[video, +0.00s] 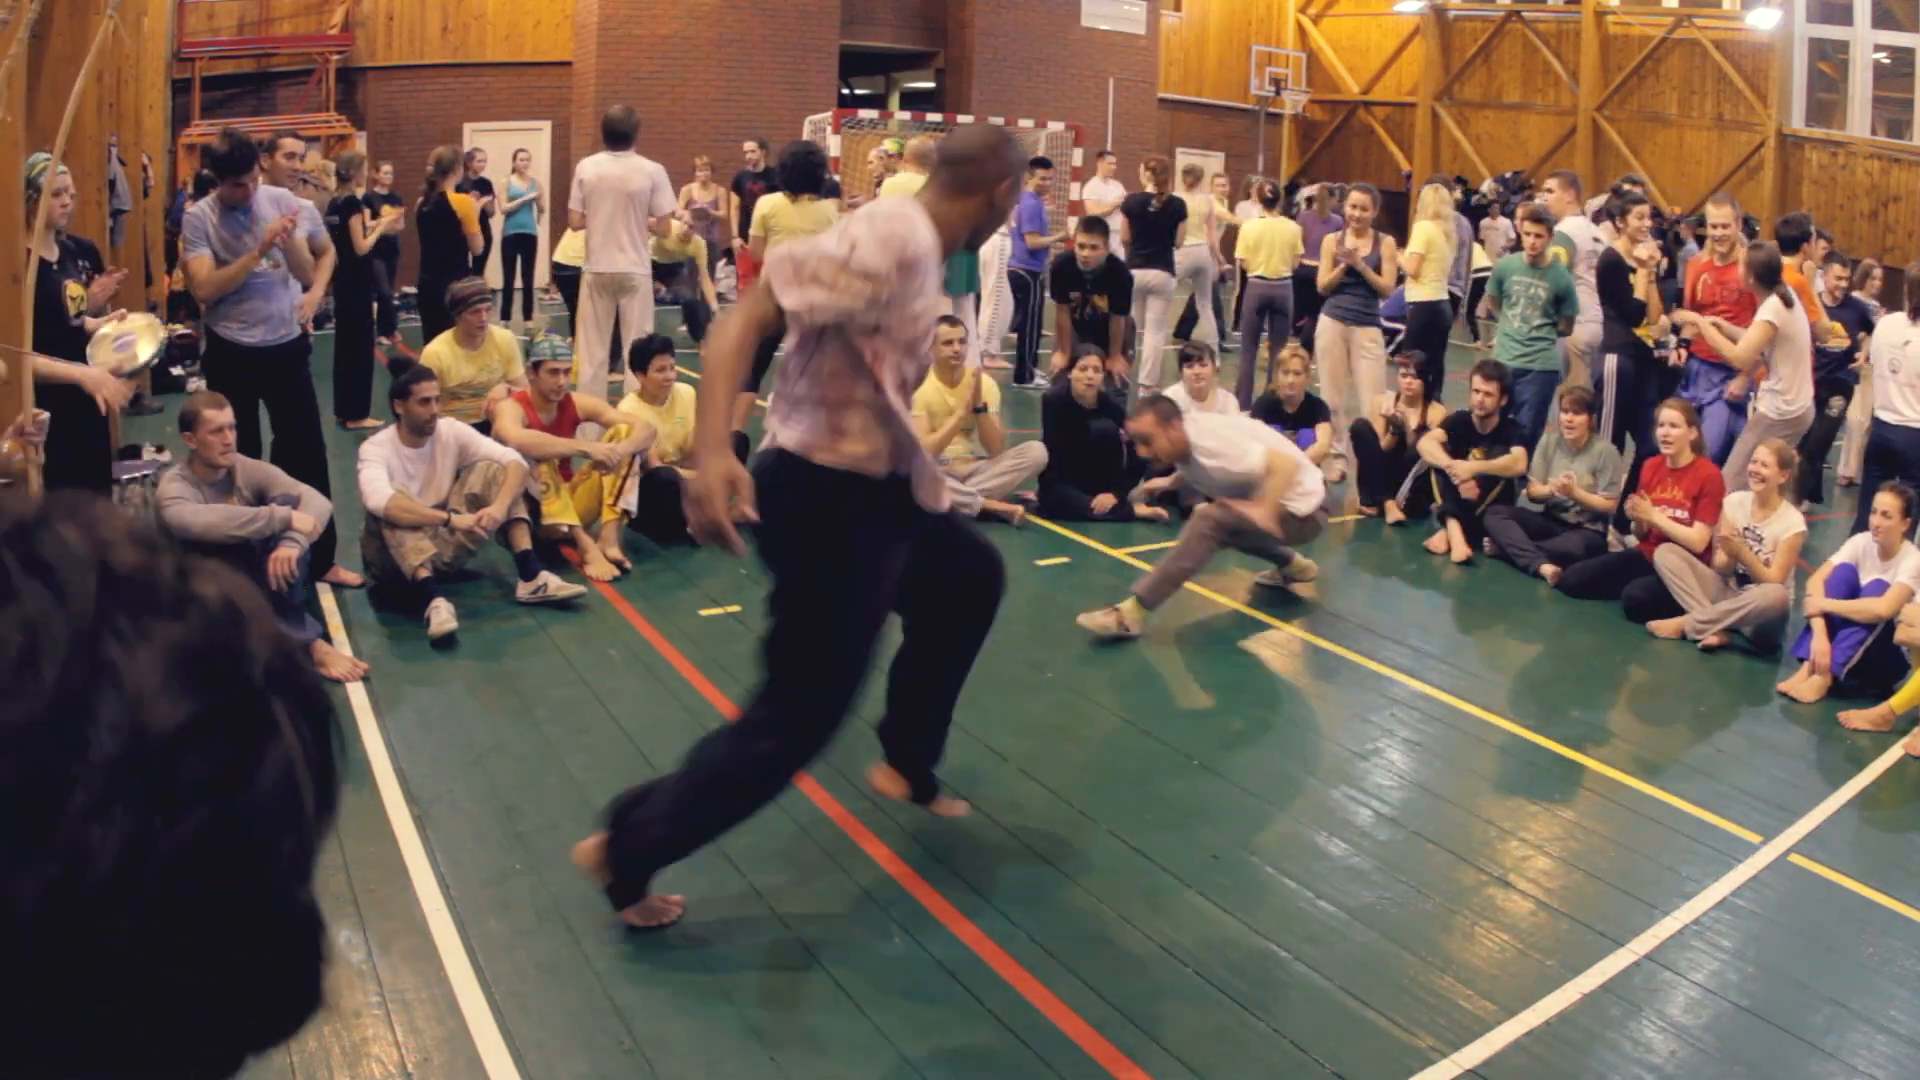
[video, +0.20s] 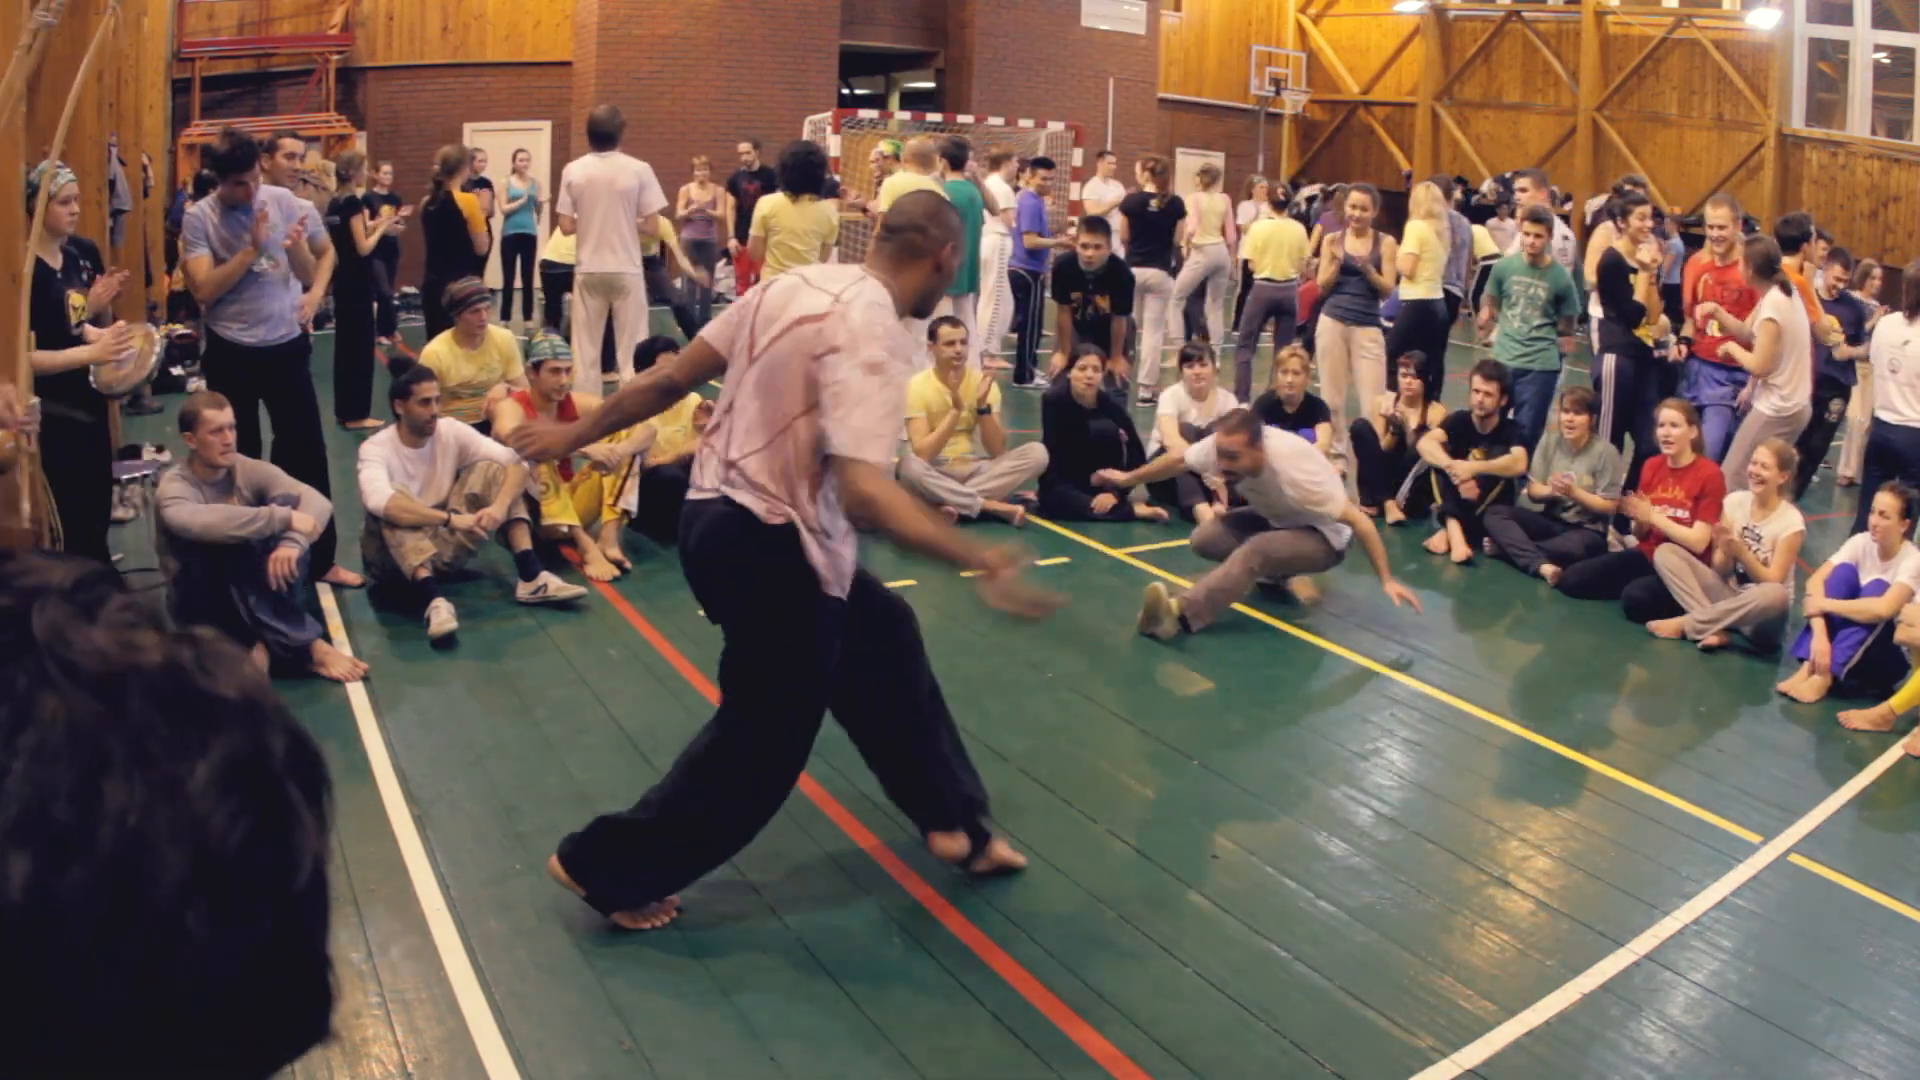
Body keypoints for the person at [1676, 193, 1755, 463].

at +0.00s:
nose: (1719, 233)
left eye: (1725, 226)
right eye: (1713, 226)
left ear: (1739, 226)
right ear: (1705, 228)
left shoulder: (1752, 268)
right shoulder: (1695, 265)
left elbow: (1761, 324)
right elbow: (1688, 312)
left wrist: (1745, 375)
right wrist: (1682, 342)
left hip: (1734, 368)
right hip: (1698, 363)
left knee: (1710, 449)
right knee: (1684, 444)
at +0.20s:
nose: (1715, 234)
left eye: (1722, 227)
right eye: (1710, 227)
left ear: (1738, 226)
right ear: (1704, 227)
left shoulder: (1755, 267)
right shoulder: (1694, 265)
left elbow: (1767, 324)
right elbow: (1690, 317)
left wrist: (1754, 381)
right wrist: (1683, 341)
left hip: (1747, 373)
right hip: (1706, 368)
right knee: (1707, 451)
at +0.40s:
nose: (1706, 231)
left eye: (1713, 225)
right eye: (1704, 224)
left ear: (1734, 229)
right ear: (1701, 224)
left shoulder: (1754, 271)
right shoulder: (1695, 267)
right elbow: (1690, 318)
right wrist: (1685, 338)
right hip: (1702, 366)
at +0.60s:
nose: (1714, 232)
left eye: (1721, 226)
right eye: (1710, 225)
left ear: (1738, 226)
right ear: (1704, 225)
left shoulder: (1750, 267)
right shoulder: (1695, 264)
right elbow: (1690, 316)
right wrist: (1684, 342)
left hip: (1746, 353)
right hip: (1705, 354)